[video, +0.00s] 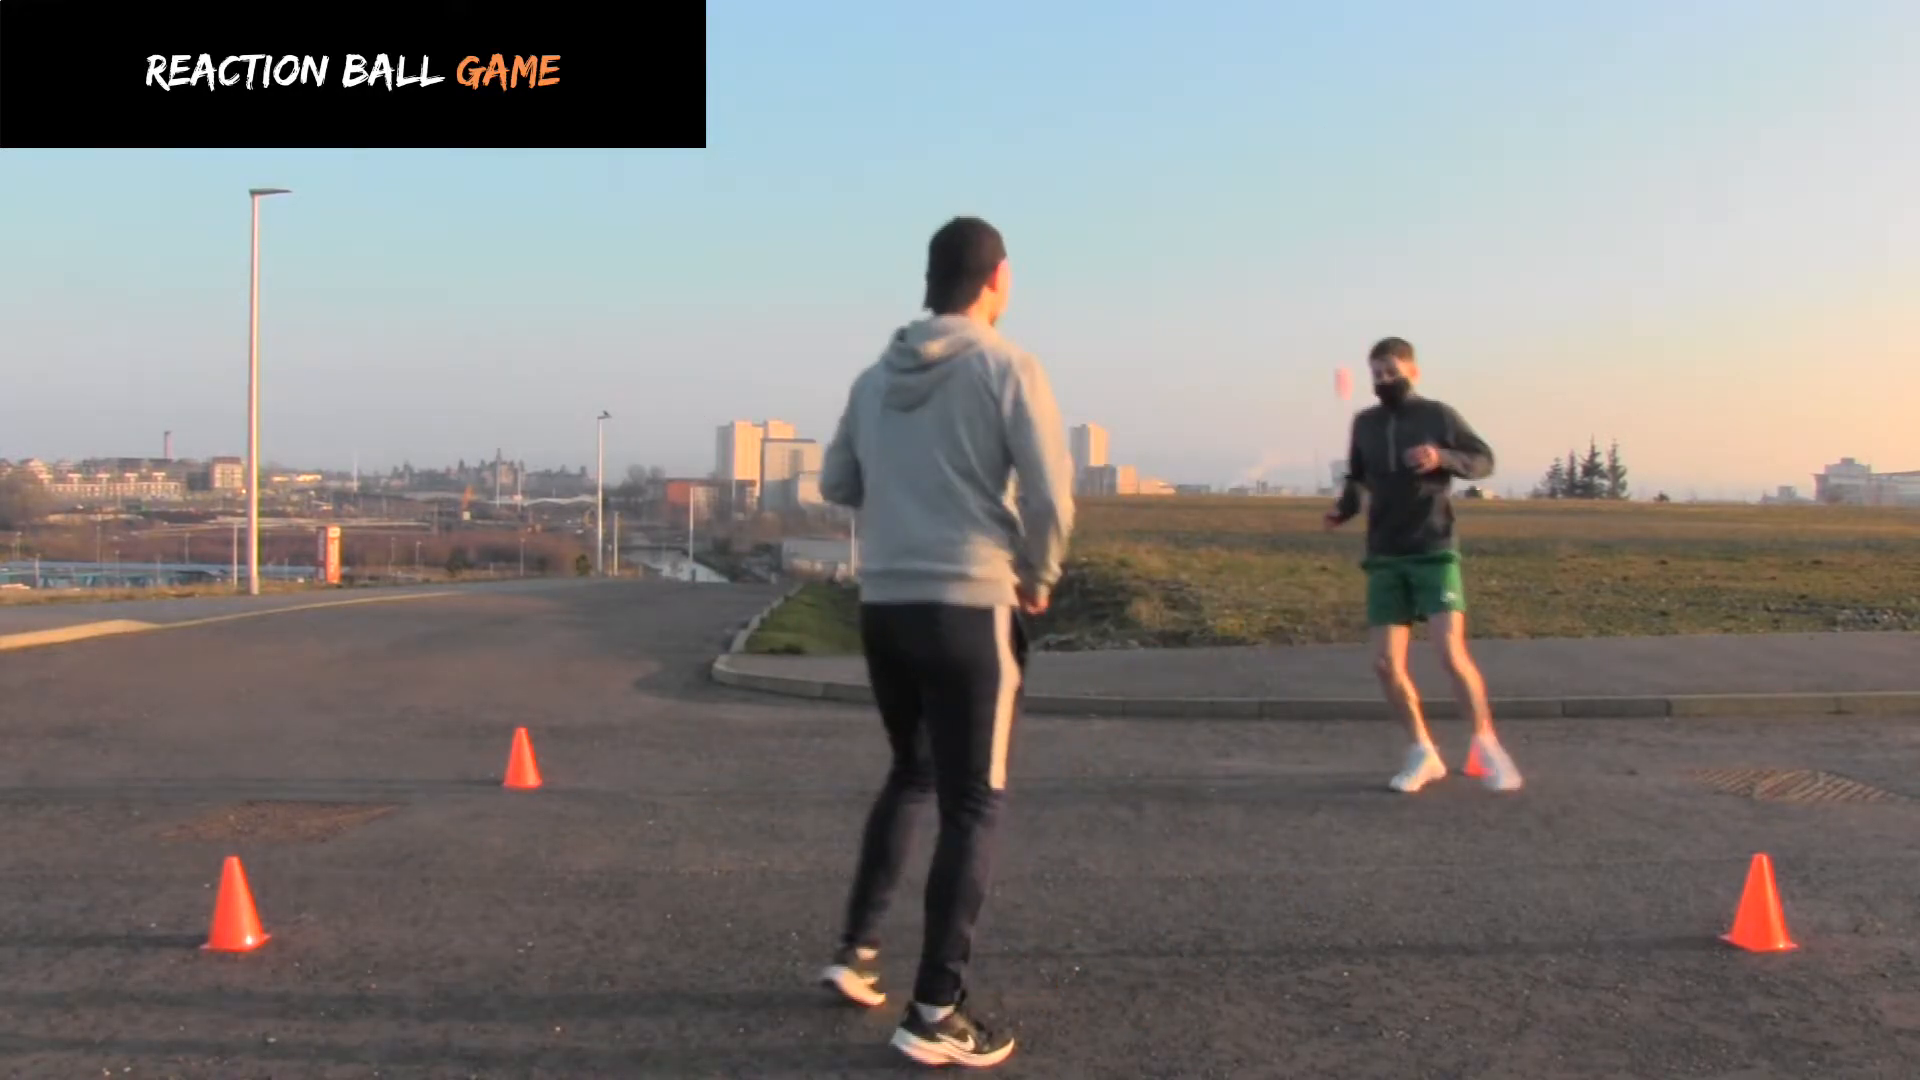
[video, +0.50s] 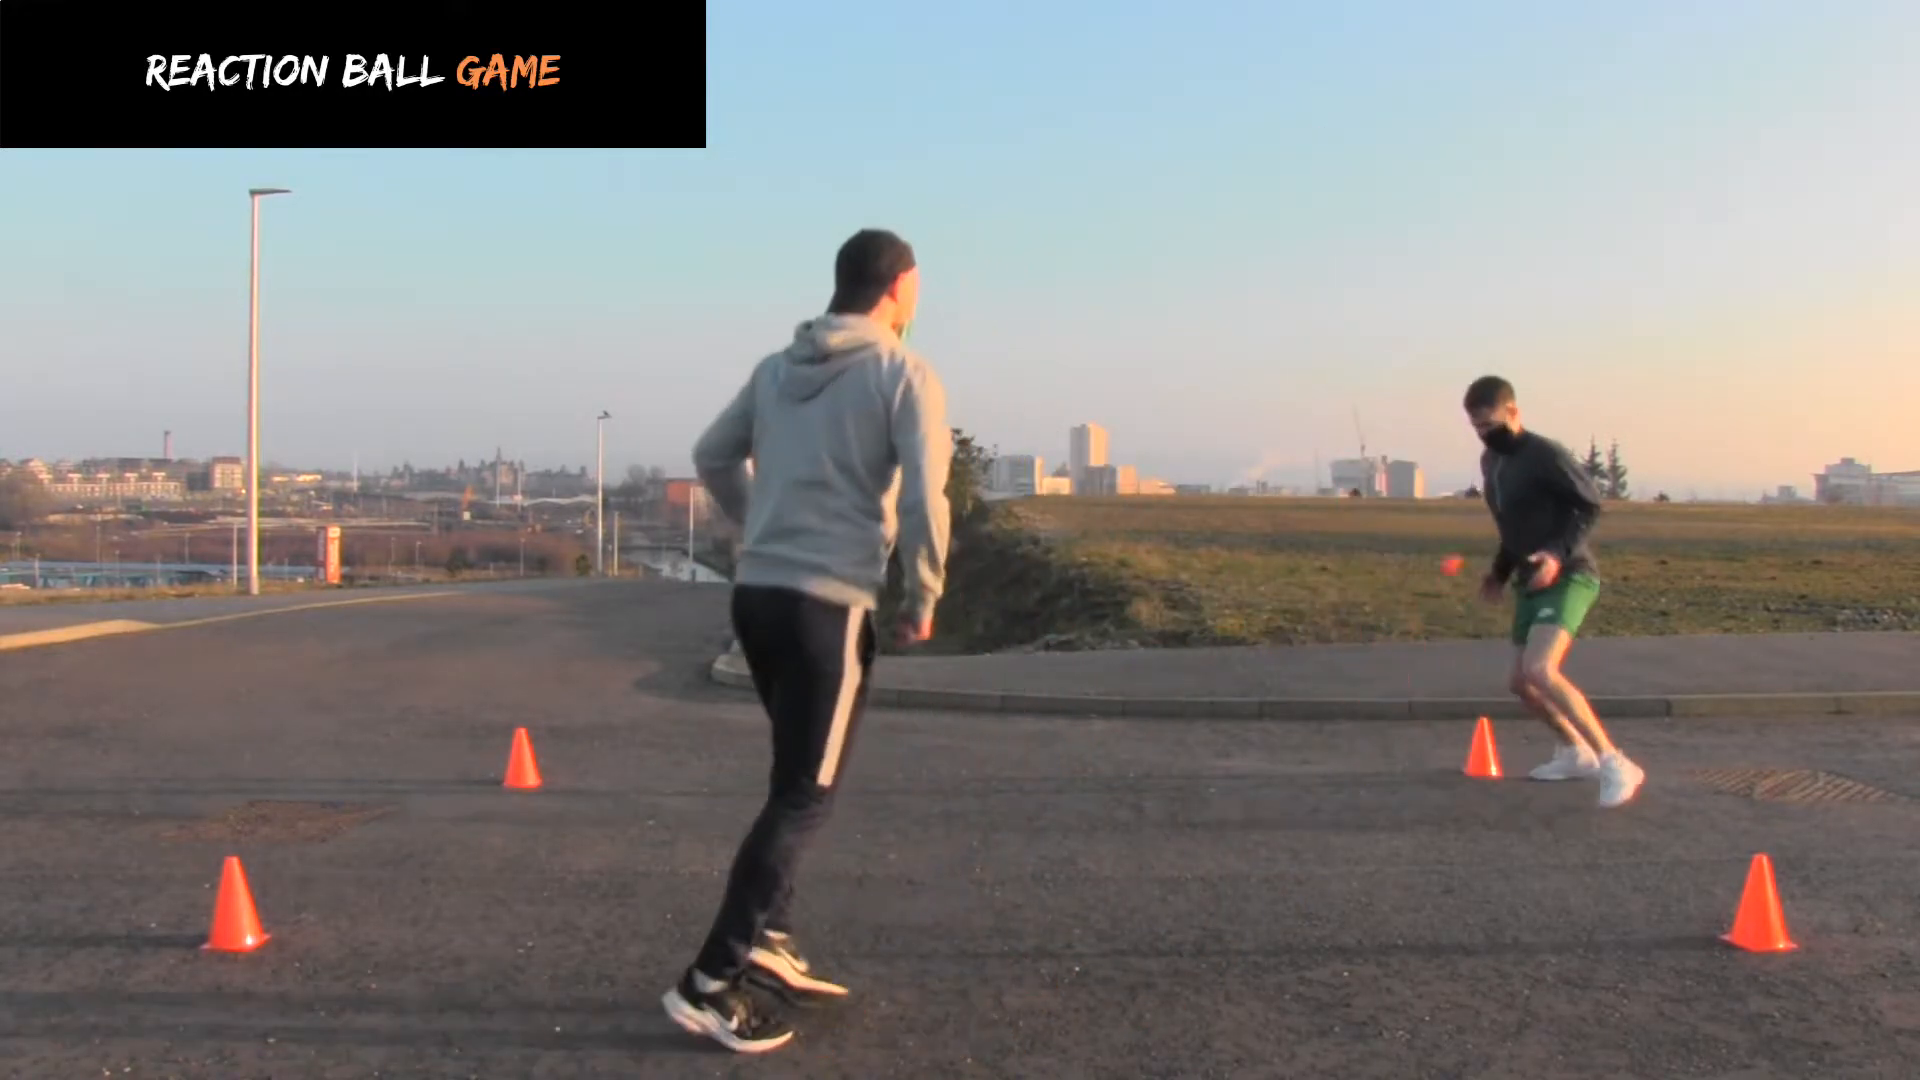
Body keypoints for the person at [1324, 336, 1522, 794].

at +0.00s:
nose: (1383, 376)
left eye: (1390, 367)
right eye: (1377, 369)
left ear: (1412, 368)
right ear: (1371, 374)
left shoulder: (1437, 415)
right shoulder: (1365, 424)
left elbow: (1483, 462)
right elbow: (1356, 479)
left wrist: (1443, 459)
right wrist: (1343, 509)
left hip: (1435, 552)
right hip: (1384, 555)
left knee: (1452, 654)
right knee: (1387, 665)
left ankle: (1485, 744)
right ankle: (1425, 752)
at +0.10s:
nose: (1415, 409)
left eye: (1423, 400)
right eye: (1410, 401)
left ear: (1448, 396)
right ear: (1406, 402)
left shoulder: (1474, 443)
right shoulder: (1412, 449)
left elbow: (1514, 497)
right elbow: (1411, 513)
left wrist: (1473, 497)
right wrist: (1383, 547)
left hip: (1477, 580)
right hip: (1427, 582)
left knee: (1508, 677)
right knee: (1400, 678)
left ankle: (1578, 756)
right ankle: (1429, 760)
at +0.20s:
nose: (1436, 425)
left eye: (1442, 416)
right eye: (1430, 417)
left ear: (1468, 408)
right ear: (1426, 415)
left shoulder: (1501, 451)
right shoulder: (1443, 460)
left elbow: (1532, 516)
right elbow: (1454, 524)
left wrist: (1491, 525)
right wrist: (1419, 562)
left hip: (1511, 589)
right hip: (1462, 587)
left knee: (1543, 687)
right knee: (1418, 672)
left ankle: (1611, 770)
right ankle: (1430, 761)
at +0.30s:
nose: (1454, 433)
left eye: (1459, 423)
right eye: (1448, 425)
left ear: (1486, 412)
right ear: (1446, 420)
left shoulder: (1520, 450)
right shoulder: (1477, 461)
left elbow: (1567, 502)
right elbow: (1498, 527)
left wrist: (1516, 536)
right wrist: (1464, 563)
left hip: (1550, 582)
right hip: (1504, 582)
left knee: (1563, 688)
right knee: (1450, 658)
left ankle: (1618, 773)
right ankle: (1477, 752)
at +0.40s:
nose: (1463, 426)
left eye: (1468, 416)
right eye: (1457, 418)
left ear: (1494, 403)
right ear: (1455, 413)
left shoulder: (1531, 439)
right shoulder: (1487, 451)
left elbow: (1581, 489)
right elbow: (1513, 519)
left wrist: (1534, 534)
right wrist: (1485, 558)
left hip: (1559, 575)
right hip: (1515, 577)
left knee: (1558, 679)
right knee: (1478, 664)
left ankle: (1617, 766)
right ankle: (1538, 733)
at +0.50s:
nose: (1483, 432)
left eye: (1490, 421)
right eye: (1477, 424)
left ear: (1514, 411)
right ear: (1472, 420)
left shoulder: (1543, 452)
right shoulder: (1492, 463)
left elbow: (1590, 504)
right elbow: (1515, 527)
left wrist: (1560, 555)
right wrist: (1500, 571)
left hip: (1570, 575)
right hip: (1531, 580)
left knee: (1540, 670)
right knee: (1522, 682)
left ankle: (1614, 761)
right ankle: (1579, 751)